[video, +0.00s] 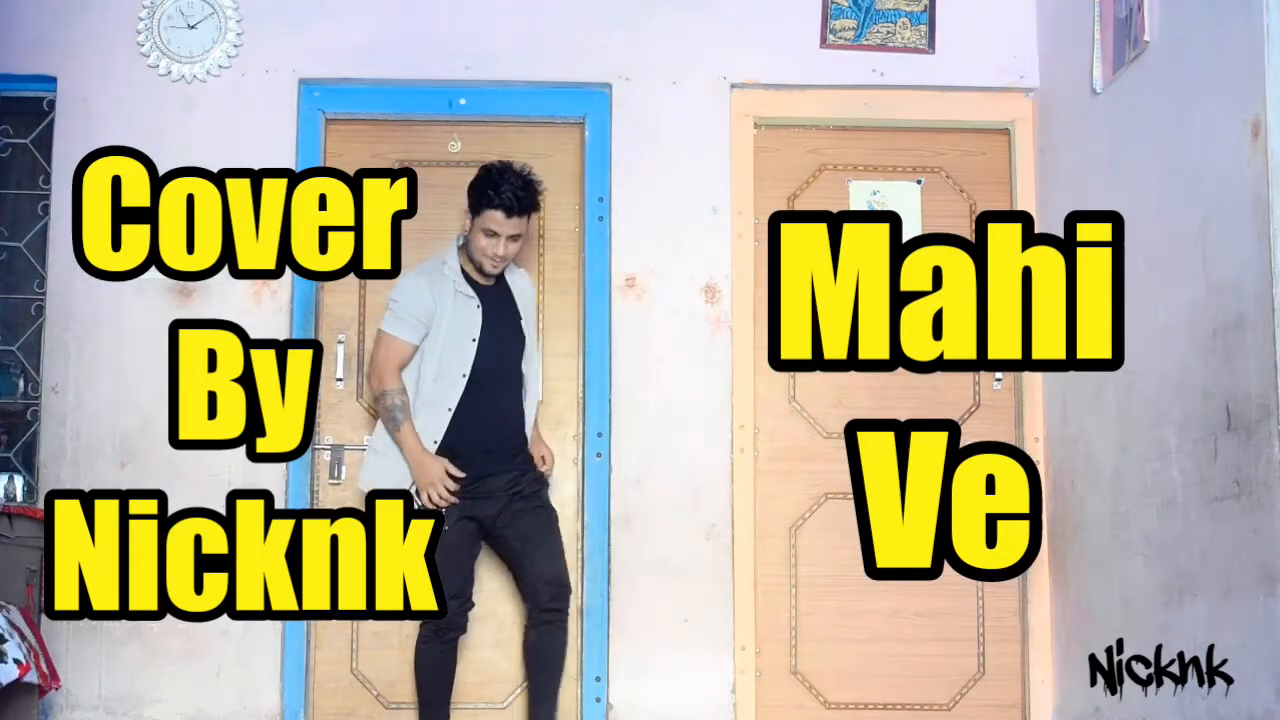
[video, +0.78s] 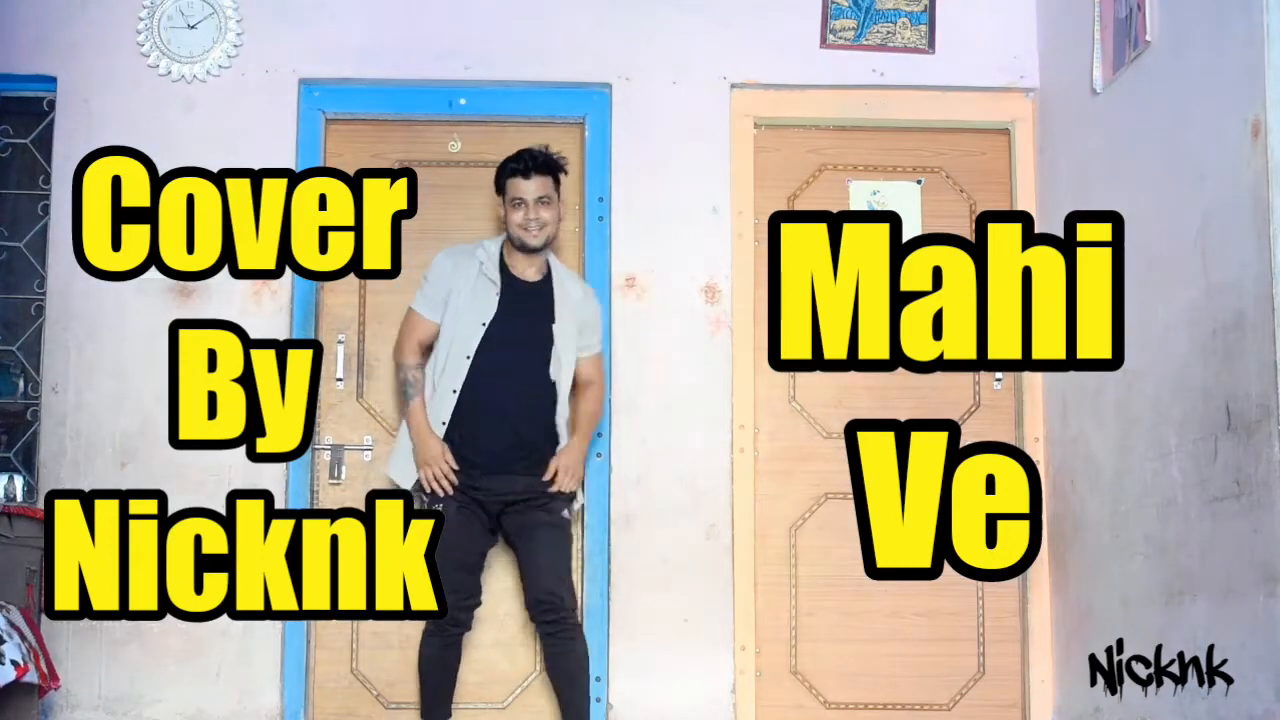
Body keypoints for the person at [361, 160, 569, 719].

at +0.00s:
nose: (501, 250)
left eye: (514, 238)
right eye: (490, 235)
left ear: (527, 232)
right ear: (468, 222)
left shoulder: (522, 286)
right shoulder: (425, 284)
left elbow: (525, 370)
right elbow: (384, 373)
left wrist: (533, 431)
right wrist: (417, 457)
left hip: (517, 484)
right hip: (446, 489)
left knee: (552, 602)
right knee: (445, 620)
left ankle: (543, 717)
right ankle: (434, 719)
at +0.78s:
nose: (532, 215)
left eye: (543, 202)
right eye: (519, 203)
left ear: (559, 210)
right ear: (502, 210)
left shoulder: (580, 298)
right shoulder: (454, 268)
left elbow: (589, 384)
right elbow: (410, 352)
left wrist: (578, 446)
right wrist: (421, 434)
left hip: (538, 487)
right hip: (456, 485)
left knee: (556, 615)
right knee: (448, 616)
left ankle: (579, 719)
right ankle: (434, 718)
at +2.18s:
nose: (447, 203)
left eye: (461, 194)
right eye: (436, 192)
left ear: (480, 205)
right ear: (420, 200)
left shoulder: (507, 270)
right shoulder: (385, 280)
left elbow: (541, 348)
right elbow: (359, 380)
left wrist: (543, 422)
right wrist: (384, 456)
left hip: (507, 473)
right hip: (424, 482)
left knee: (542, 602)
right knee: (412, 616)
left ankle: (567, 717)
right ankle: (408, 718)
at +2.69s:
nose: (427, 201)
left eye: (439, 191)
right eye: (416, 190)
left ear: (458, 201)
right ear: (398, 199)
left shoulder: (485, 271)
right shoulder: (372, 274)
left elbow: (559, 320)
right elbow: (360, 349)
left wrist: (601, 380)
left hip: (473, 472)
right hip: (395, 476)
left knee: (476, 611)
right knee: (393, 613)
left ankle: (473, 718)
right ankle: (387, 717)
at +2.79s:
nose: (424, 206)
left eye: (436, 195)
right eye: (414, 194)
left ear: (453, 204)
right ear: (394, 201)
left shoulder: (481, 267)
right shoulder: (369, 276)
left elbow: (549, 333)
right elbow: (380, 363)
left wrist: (559, 305)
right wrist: (456, 331)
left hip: (466, 474)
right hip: (388, 478)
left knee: (488, 594)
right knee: (383, 611)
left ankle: (470, 711)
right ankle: (384, 717)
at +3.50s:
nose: (466, 238)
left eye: (480, 230)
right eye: (457, 222)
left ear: (493, 237)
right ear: (436, 222)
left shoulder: (505, 285)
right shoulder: (407, 312)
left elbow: (572, 334)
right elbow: (420, 406)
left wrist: (557, 259)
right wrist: (479, 339)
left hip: (513, 490)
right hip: (435, 499)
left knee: (570, 585)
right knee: (417, 628)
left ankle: (544, 713)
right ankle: (404, 719)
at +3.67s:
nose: (485, 228)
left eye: (501, 220)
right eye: (477, 213)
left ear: (513, 226)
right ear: (457, 210)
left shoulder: (527, 272)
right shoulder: (426, 295)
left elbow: (598, 310)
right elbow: (449, 385)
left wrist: (629, 243)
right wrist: (538, 354)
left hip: (548, 484)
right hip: (468, 495)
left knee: (593, 601)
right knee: (437, 625)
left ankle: (600, 715)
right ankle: (412, 716)